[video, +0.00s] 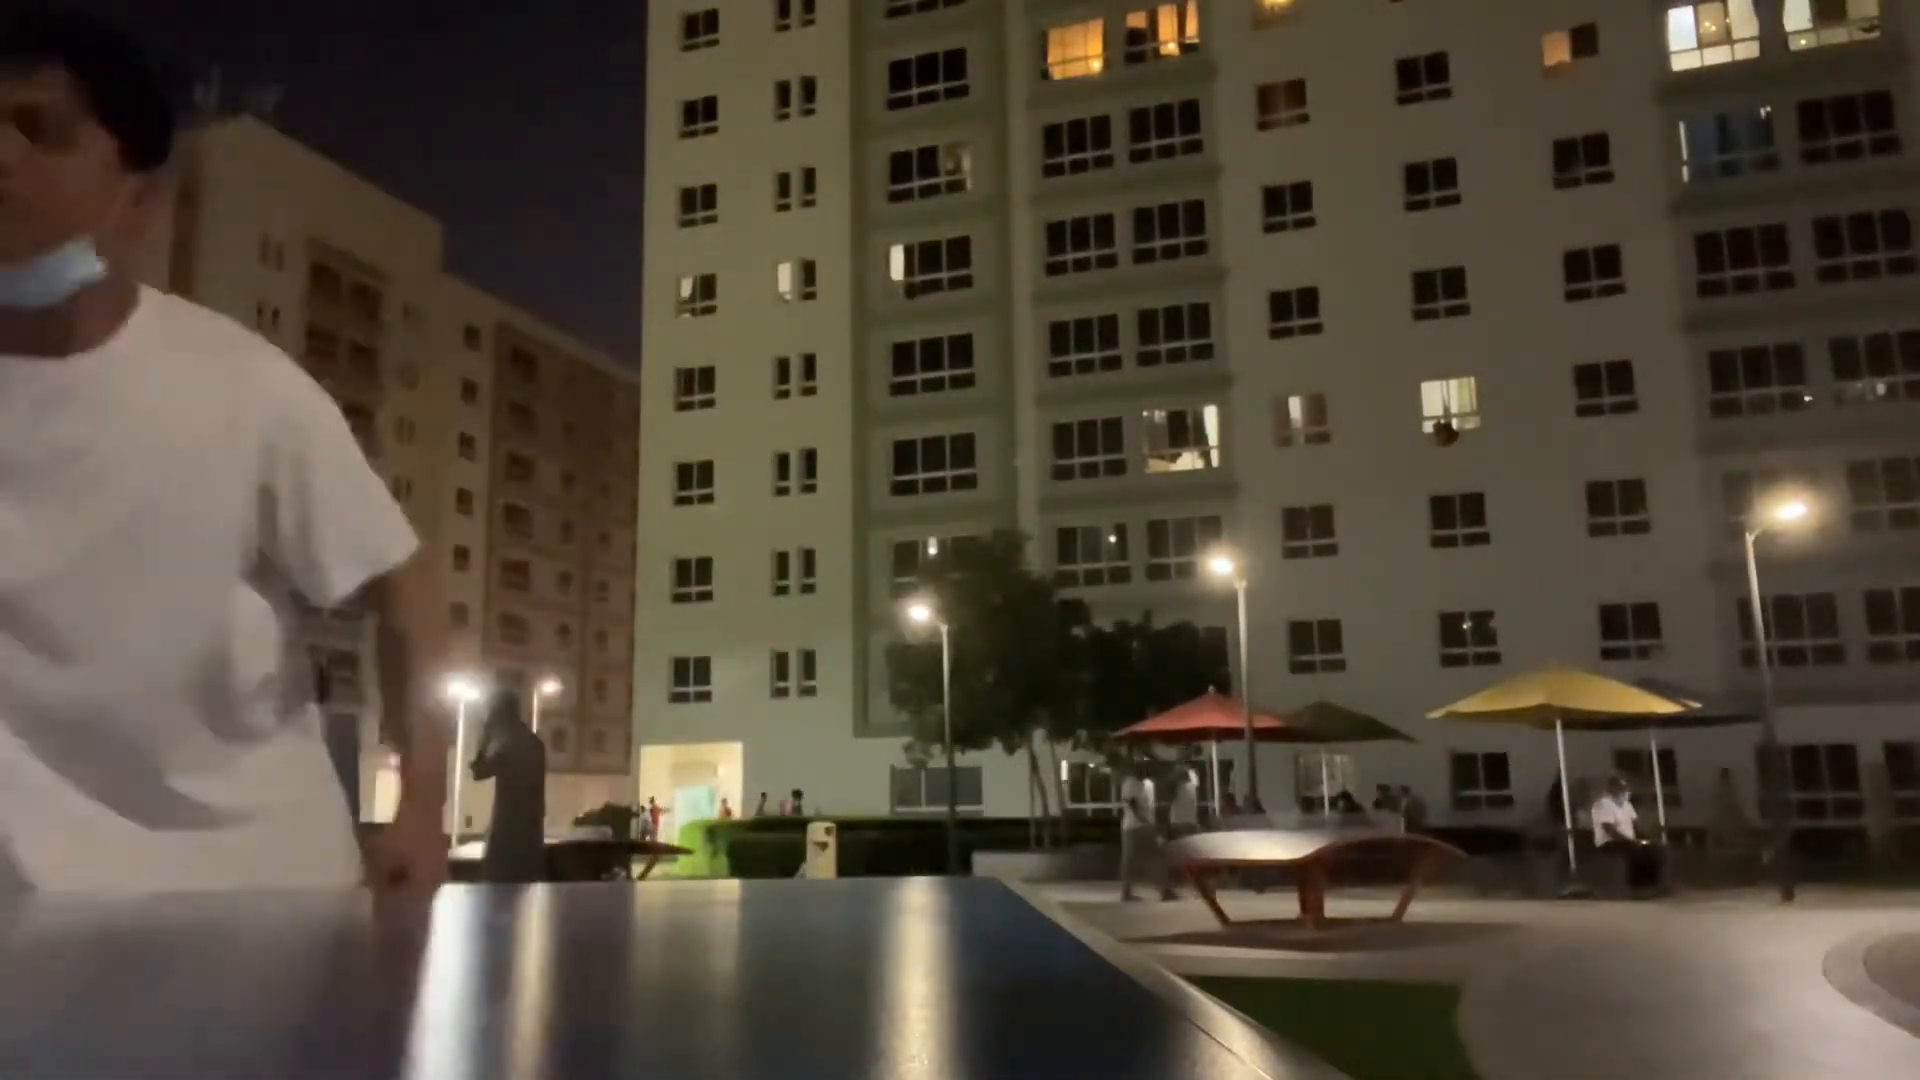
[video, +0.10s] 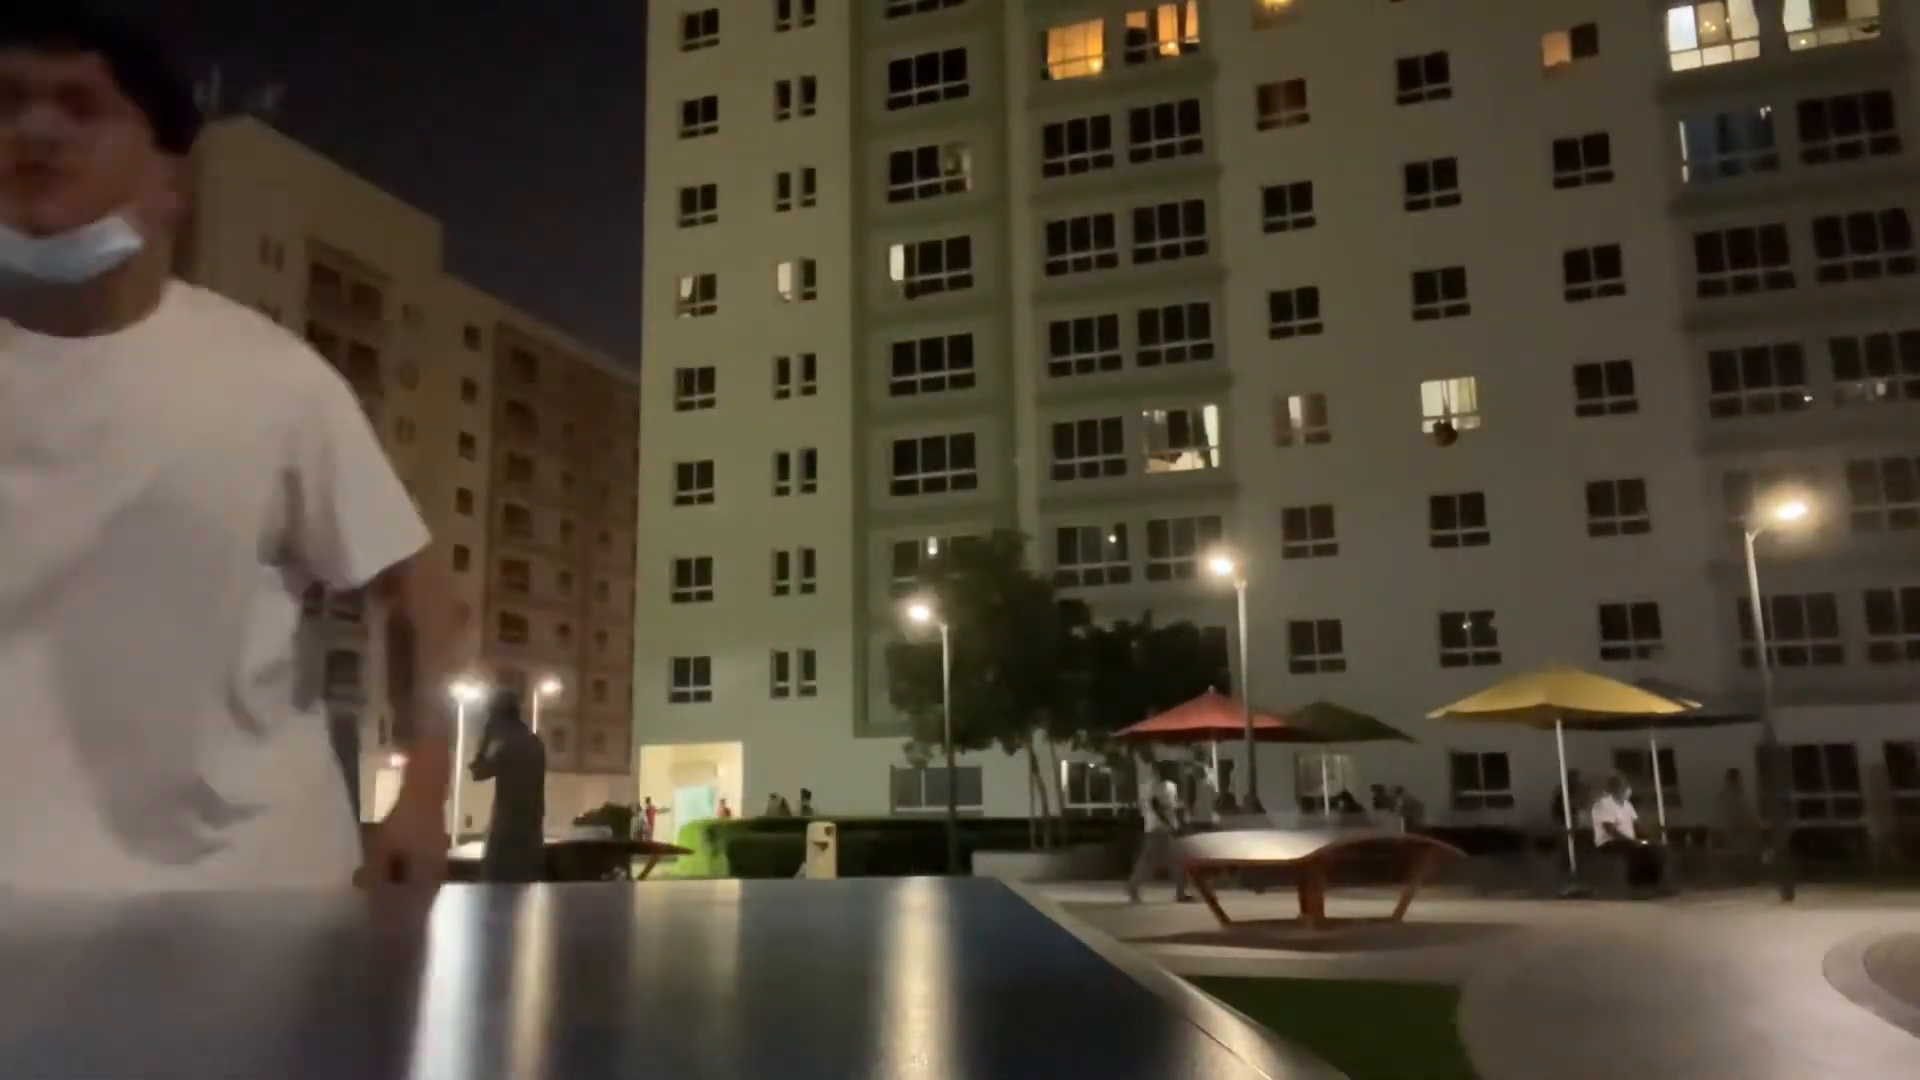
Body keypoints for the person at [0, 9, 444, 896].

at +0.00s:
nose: (2, 161)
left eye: (37, 133)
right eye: (4, 128)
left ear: (136, 186)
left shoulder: (239, 387)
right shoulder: (13, 373)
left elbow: (407, 584)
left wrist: (423, 809)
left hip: (255, 890)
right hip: (40, 895)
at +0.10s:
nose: (33, 130)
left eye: (80, 104)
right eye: (8, 100)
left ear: (169, 178)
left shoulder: (268, 380)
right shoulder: (13, 360)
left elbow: (421, 598)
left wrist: (425, 799)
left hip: (252, 907)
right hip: (28, 904)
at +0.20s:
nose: (132, 146)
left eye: (177, 122)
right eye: (106, 116)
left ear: (261, 174)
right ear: (73, 147)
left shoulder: (352, 390)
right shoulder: (20, 367)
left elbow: (501, 619)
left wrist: (490, 823)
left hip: (298, 922)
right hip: (46, 911)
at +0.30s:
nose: (231, 155)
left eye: (272, 133)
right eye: (204, 128)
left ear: (346, 193)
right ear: (167, 172)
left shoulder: (450, 392)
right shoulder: (59, 384)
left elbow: (586, 591)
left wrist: (590, 807)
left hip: (378, 902)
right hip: (128, 901)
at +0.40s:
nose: (228, 164)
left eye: (272, 140)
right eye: (203, 136)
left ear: (355, 201)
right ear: (170, 174)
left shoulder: (455, 397)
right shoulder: (69, 390)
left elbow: (590, 596)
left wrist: (611, 801)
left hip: (388, 922)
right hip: (129, 918)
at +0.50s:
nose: (74, 198)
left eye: (116, 162)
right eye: (60, 163)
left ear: (232, 196)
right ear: (39, 181)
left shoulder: (354, 399)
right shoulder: (22, 402)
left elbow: (515, 601)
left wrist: (523, 839)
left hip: (344, 928)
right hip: (97, 935)